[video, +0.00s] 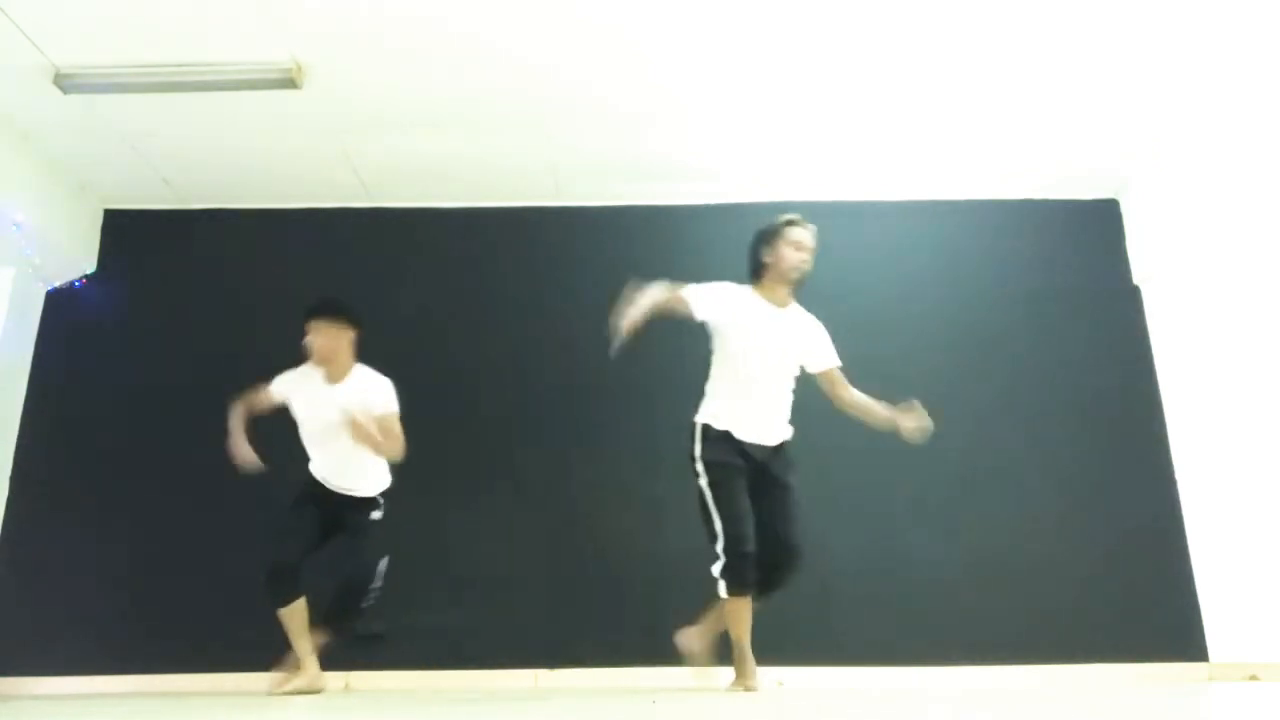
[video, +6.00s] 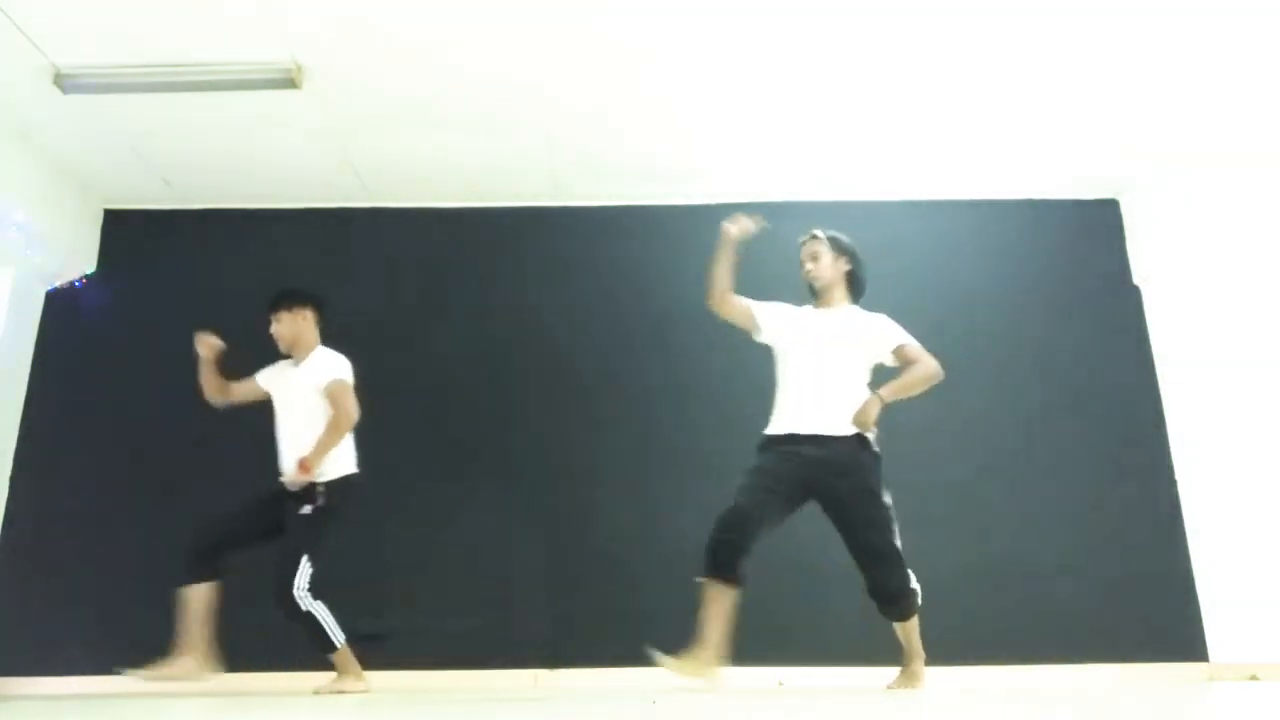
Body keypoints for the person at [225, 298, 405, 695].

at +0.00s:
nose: (314, 341)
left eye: (325, 332)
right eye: (311, 332)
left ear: (349, 336)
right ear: (307, 338)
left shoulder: (376, 387)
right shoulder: (297, 382)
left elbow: (397, 449)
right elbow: (241, 405)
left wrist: (367, 435)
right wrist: (239, 443)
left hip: (365, 504)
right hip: (317, 492)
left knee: (350, 598)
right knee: (281, 568)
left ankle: (296, 657)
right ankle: (309, 670)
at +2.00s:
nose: (410, 303)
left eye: (419, 298)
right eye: (412, 298)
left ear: (437, 305)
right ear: (437, 310)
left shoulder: (425, 330)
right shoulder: (438, 348)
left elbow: (381, 361)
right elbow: (411, 404)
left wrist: (313, 326)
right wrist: (368, 403)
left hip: (371, 462)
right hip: (371, 462)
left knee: (305, 559)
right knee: (306, 560)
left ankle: (398, 630)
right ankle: (319, 669)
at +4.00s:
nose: (613, 352)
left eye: (622, 344)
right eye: (607, 344)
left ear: (640, 346)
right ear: (598, 347)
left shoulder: (665, 384)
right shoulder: (586, 391)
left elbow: (704, 425)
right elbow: (578, 459)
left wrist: (675, 476)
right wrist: (585, 430)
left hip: (642, 495)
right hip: (595, 492)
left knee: (699, 558)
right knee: (579, 576)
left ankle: (712, 666)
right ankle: (514, 660)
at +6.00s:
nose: (272, 330)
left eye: (277, 320)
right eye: (271, 322)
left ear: (304, 318)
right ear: (289, 323)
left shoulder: (330, 364)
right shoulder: (281, 373)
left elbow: (347, 413)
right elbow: (219, 395)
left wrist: (313, 458)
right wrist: (207, 359)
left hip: (328, 493)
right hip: (290, 494)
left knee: (297, 590)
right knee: (205, 547)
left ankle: (351, 674)